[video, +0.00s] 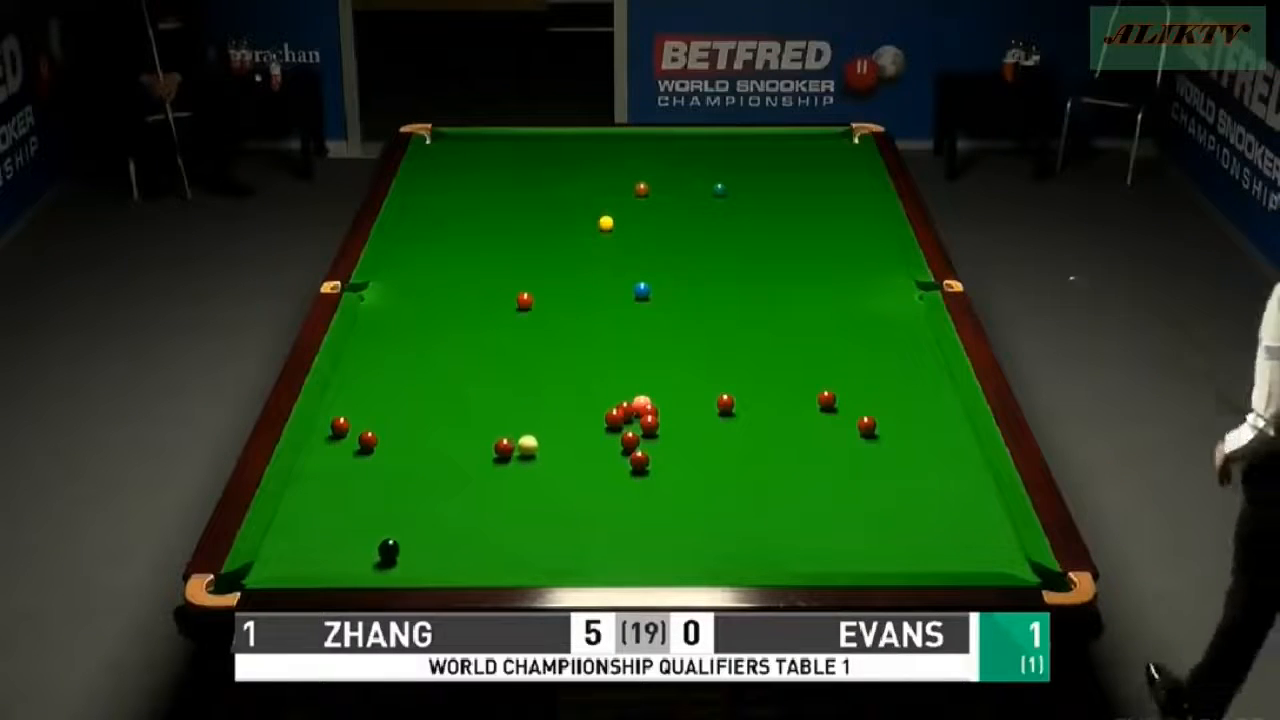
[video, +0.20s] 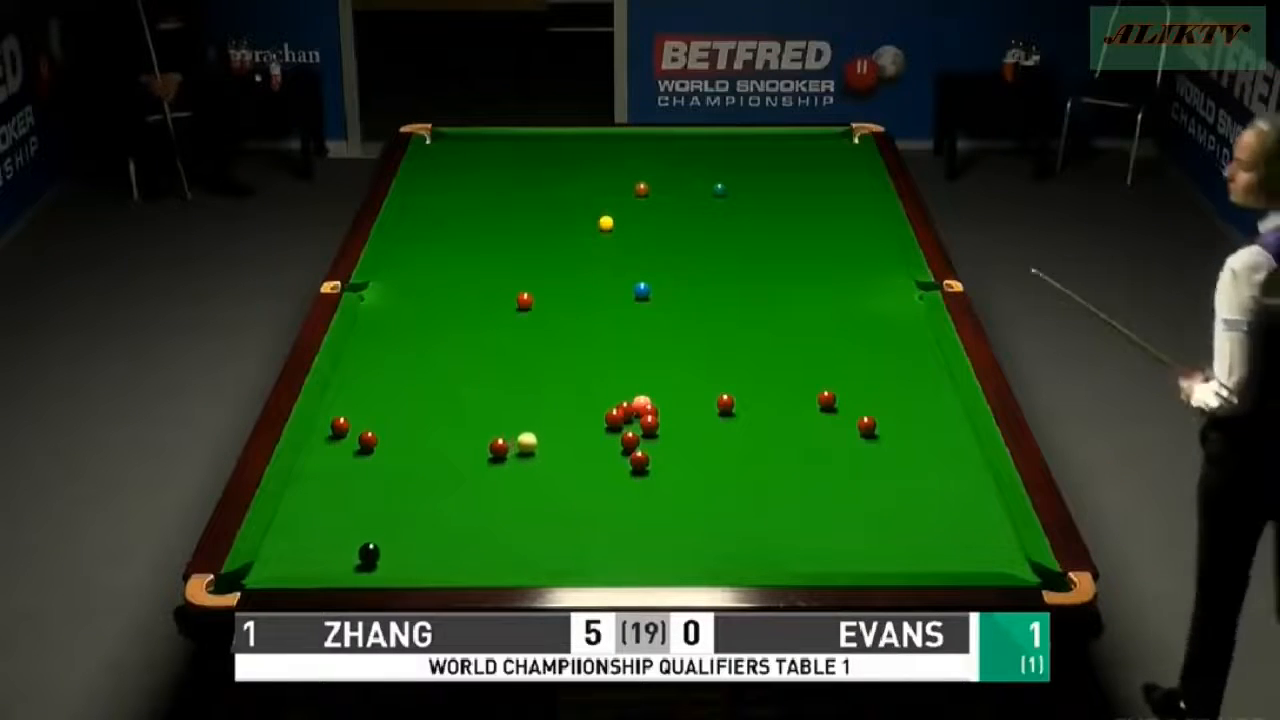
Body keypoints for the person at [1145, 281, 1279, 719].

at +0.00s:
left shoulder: (1277, 303)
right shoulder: (1274, 303)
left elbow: (1264, 421)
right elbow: (1263, 418)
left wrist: (1229, 448)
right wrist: (1233, 445)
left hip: (1274, 469)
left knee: (1252, 595)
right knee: (1254, 596)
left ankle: (1202, 699)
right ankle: (1201, 697)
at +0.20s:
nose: (1230, 170)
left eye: (1240, 162)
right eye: (1234, 158)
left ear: (1269, 176)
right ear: (1269, 176)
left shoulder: (1249, 268)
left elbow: (1234, 393)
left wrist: (1198, 390)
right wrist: (1211, 384)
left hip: (1246, 451)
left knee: (1220, 587)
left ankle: (1197, 700)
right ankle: (1198, 695)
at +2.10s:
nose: (997, 2)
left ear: (1019, 1)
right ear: (1039, 1)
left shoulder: (1010, 49)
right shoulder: (1069, 39)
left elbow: (997, 134)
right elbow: (1115, 86)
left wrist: (973, 124)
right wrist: (1081, 131)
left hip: (1016, 185)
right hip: (1059, 181)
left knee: (989, 288)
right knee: (1028, 280)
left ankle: (1021, 395)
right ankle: (1014, 388)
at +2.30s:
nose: (976, 1)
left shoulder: (994, 34)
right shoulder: (1051, 27)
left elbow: (985, 117)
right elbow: (1066, 95)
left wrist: (958, 112)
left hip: (992, 167)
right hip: (1039, 164)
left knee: (969, 263)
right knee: (1022, 266)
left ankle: (978, 369)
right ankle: (1014, 377)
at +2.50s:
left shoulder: (966, 34)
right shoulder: (1017, 28)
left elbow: (958, 115)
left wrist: (933, 104)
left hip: (971, 162)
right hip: (1016, 160)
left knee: (949, 264)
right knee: (1006, 270)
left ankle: (938, 368)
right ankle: (1008, 382)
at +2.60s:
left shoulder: (948, 31)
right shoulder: (996, 22)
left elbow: (942, 109)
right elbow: (995, 86)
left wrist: (920, 95)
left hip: (955, 153)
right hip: (999, 148)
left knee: (946, 252)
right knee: (997, 253)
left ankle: (941, 349)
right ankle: (1010, 358)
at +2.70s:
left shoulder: (930, 20)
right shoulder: (971, 13)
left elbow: (920, 98)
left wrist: (901, 79)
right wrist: (915, 69)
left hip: (942, 141)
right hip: (977, 131)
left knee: (952, 235)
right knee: (972, 229)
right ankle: (999, 318)